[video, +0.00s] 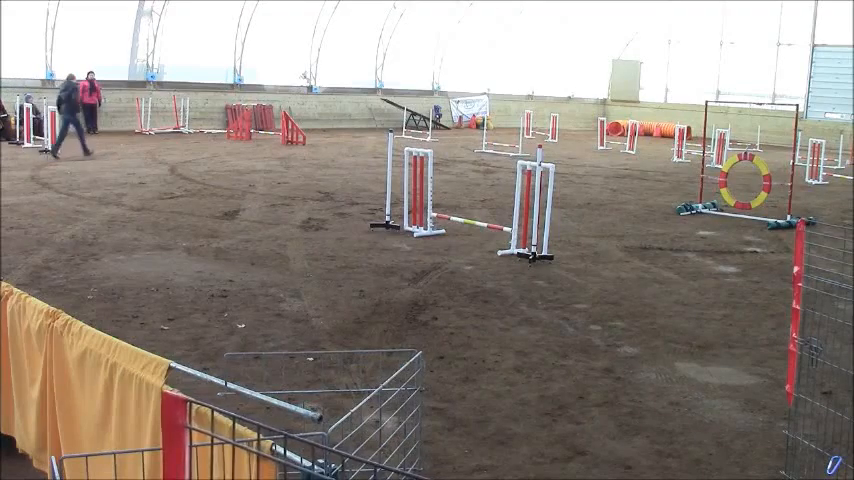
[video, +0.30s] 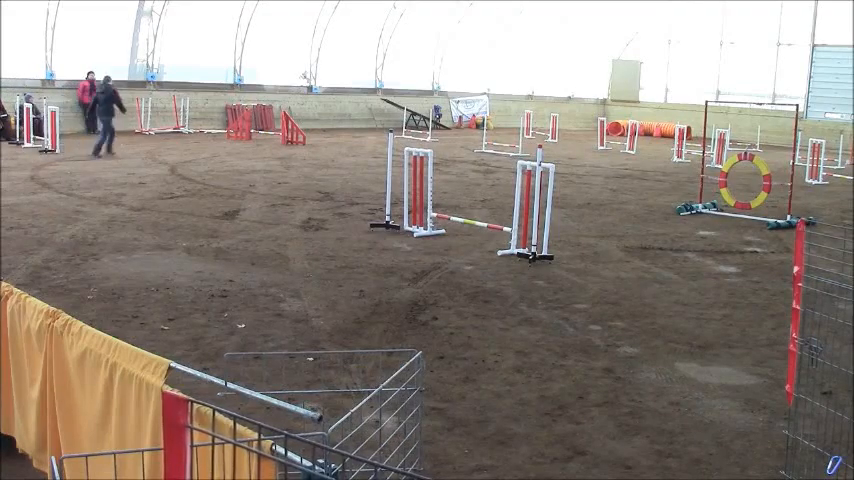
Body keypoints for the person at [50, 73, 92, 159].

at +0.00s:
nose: (75, 81)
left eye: (74, 79)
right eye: (74, 79)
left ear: (67, 79)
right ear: (73, 79)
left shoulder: (63, 86)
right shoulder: (74, 87)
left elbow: (59, 98)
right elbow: (74, 99)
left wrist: (59, 109)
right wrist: (77, 108)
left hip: (64, 112)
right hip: (71, 112)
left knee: (63, 132)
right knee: (80, 130)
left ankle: (55, 149)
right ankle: (85, 150)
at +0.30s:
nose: (111, 83)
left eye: (109, 81)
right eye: (110, 81)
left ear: (103, 81)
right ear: (110, 82)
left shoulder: (99, 90)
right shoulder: (112, 90)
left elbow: (94, 102)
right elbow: (117, 101)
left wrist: (89, 113)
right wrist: (123, 109)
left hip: (100, 114)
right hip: (108, 114)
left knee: (111, 131)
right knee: (104, 133)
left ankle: (109, 149)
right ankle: (96, 151)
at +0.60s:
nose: (143, 84)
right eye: (143, 83)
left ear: (137, 82)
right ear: (143, 83)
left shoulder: (134, 90)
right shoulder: (145, 91)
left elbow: (130, 102)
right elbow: (147, 104)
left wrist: (127, 112)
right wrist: (151, 113)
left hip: (134, 115)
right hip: (142, 116)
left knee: (138, 132)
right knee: (147, 132)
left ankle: (134, 147)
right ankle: (136, 146)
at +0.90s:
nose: (177, 85)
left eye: (177, 84)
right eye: (177, 84)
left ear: (171, 83)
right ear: (176, 84)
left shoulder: (167, 91)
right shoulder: (177, 91)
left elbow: (163, 102)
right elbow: (180, 103)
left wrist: (160, 112)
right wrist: (185, 112)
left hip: (167, 113)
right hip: (174, 114)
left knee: (172, 133)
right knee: (178, 132)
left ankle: (159, 142)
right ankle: (173, 149)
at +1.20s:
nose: (203, 85)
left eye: (201, 83)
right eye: (203, 83)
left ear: (199, 84)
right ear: (205, 84)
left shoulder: (196, 92)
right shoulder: (208, 92)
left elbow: (191, 103)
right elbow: (213, 102)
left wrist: (186, 112)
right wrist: (215, 110)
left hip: (198, 113)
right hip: (206, 113)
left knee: (205, 131)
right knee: (205, 131)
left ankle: (209, 146)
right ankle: (191, 141)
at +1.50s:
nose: (229, 84)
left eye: (227, 83)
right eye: (230, 82)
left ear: (225, 83)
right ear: (232, 83)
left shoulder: (223, 90)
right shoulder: (235, 90)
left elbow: (218, 101)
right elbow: (239, 100)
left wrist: (214, 110)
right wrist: (242, 109)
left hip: (225, 113)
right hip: (233, 113)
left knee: (225, 130)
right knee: (236, 130)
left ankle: (216, 143)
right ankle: (239, 146)